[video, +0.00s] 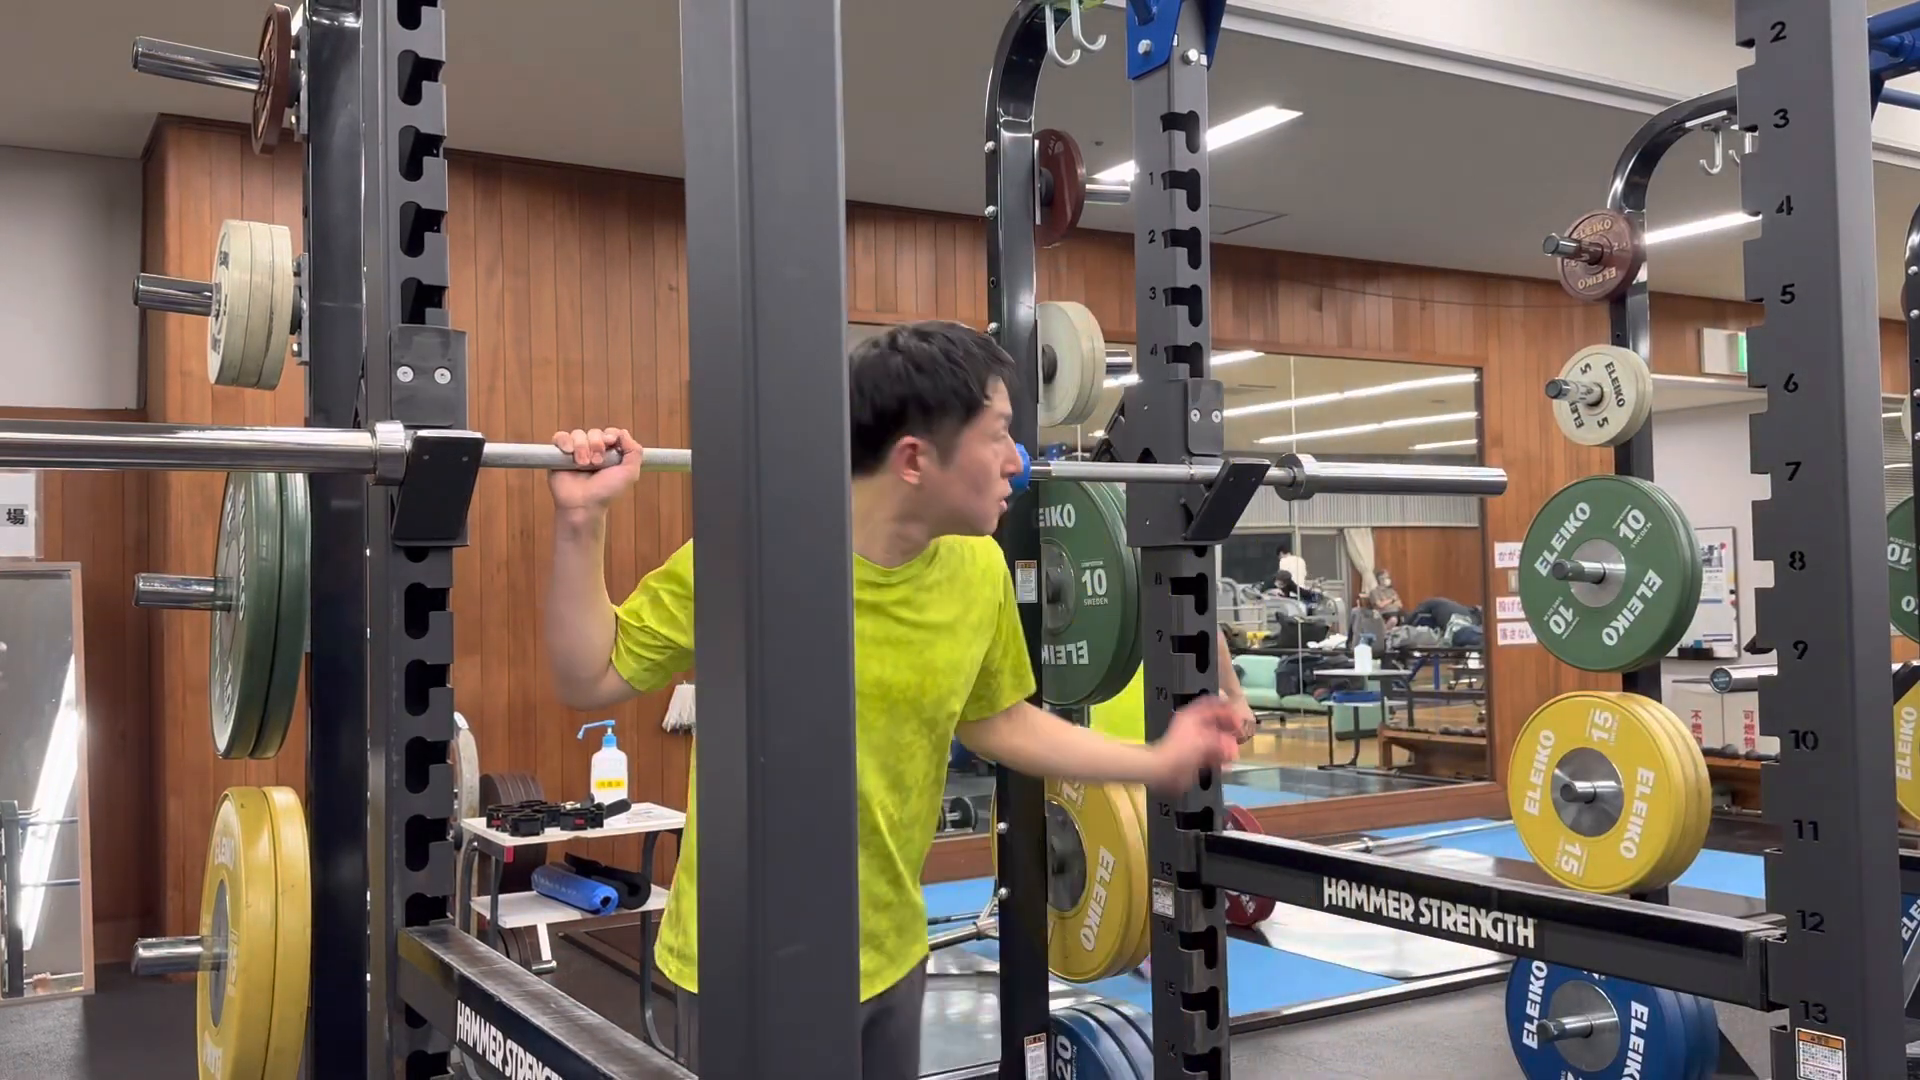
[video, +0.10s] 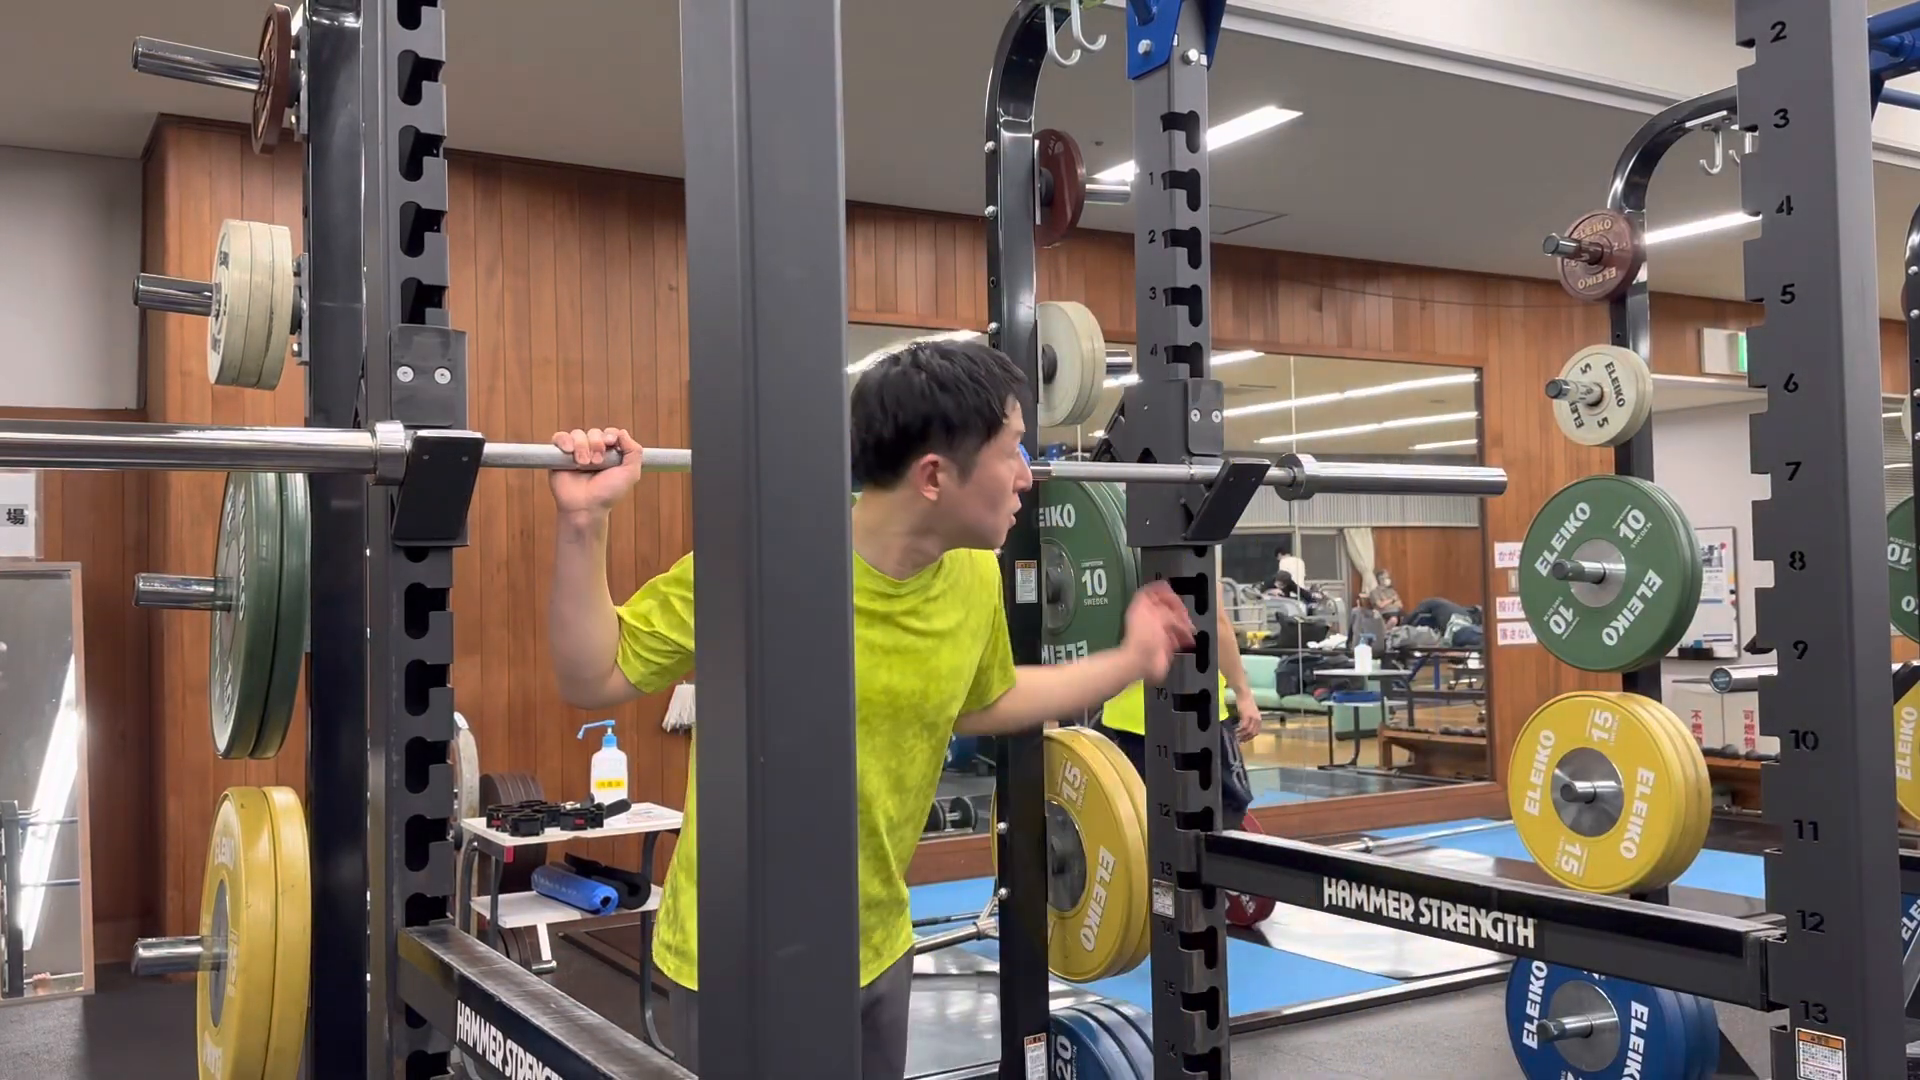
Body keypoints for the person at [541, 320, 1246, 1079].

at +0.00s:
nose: (1016, 458)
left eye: (1010, 434)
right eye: (997, 435)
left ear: (924, 458)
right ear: (914, 458)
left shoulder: (974, 570)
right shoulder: (750, 553)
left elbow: (998, 718)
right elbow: (590, 676)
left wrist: (1154, 763)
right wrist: (578, 525)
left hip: (884, 966)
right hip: (736, 974)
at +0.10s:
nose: (1028, 476)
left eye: (1023, 451)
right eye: (1012, 451)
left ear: (939, 476)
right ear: (934, 474)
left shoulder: (974, 581)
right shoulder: (769, 560)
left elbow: (981, 703)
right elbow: (594, 678)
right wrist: (580, 523)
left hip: (874, 957)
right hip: (732, 965)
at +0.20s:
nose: (1031, 482)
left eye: (1027, 457)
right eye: (1016, 458)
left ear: (946, 486)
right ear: (942, 484)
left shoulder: (970, 577)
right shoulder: (767, 563)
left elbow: (975, 689)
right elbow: (594, 680)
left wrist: (1106, 616)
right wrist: (580, 525)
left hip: (872, 950)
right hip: (730, 961)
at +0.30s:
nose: (1027, 482)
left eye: (1025, 460)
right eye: (1015, 462)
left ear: (948, 483)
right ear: (946, 482)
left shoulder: (967, 571)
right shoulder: (771, 560)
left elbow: (968, 675)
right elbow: (594, 678)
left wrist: (1081, 570)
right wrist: (583, 523)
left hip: (868, 949)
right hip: (730, 956)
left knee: (872, 1072)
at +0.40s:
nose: (1025, 477)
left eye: (1022, 455)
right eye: (1011, 458)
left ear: (943, 481)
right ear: (941, 481)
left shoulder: (963, 566)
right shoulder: (770, 561)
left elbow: (976, 665)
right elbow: (594, 679)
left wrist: (1076, 549)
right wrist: (584, 525)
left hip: (871, 956)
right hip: (736, 960)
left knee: (876, 1072)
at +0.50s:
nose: (1026, 476)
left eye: (1022, 453)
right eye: (1011, 457)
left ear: (941, 486)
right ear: (938, 484)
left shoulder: (965, 569)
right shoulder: (770, 561)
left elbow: (994, 648)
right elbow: (595, 675)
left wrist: (1102, 538)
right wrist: (581, 527)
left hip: (875, 952)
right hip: (742, 959)